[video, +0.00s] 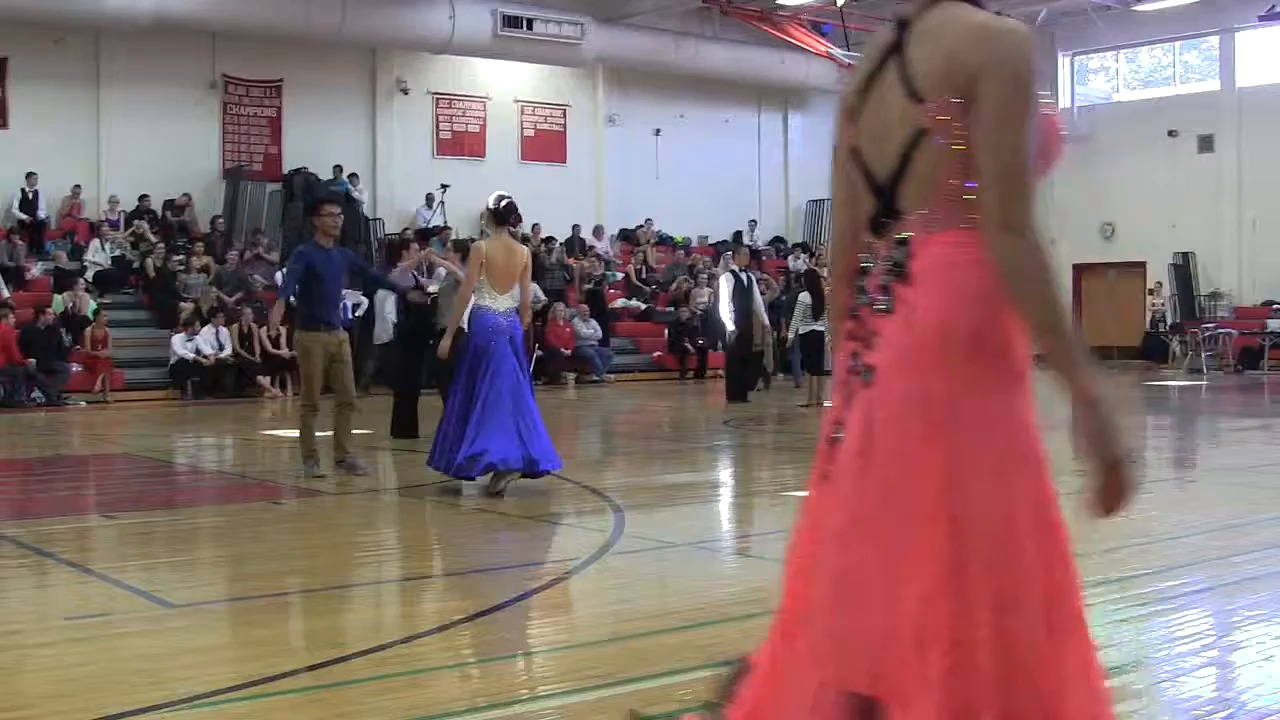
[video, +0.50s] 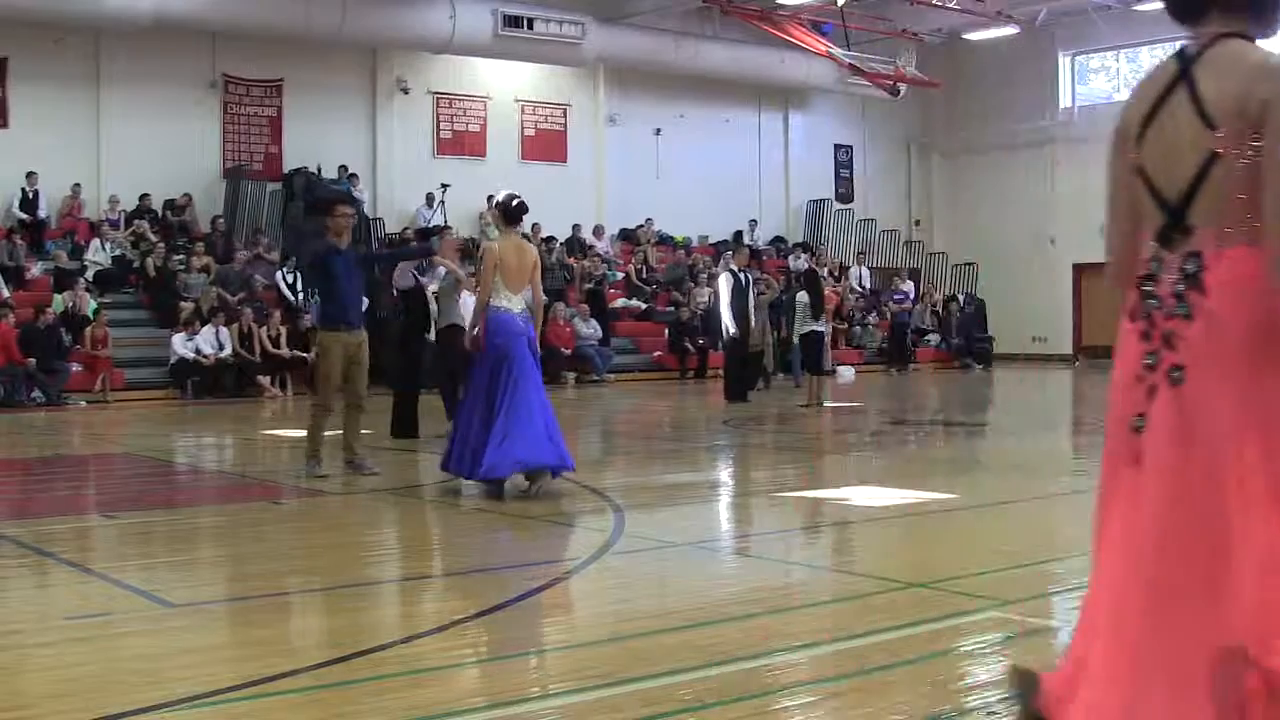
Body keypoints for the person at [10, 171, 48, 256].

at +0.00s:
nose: (35, 181)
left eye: (36, 179)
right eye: (33, 179)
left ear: (37, 180)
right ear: (28, 180)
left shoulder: (39, 193)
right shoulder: (20, 192)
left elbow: (42, 210)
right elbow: (14, 209)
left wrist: (39, 217)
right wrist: (25, 217)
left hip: (36, 218)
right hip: (24, 219)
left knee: (42, 224)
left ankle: (40, 248)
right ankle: (32, 248)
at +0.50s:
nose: (35, 181)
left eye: (36, 179)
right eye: (33, 179)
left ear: (37, 180)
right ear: (27, 180)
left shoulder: (39, 193)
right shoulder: (20, 192)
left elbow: (42, 209)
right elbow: (14, 209)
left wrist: (40, 216)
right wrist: (25, 217)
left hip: (36, 217)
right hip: (24, 218)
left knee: (42, 224)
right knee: (33, 227)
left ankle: (40, 247)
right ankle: (33, 247)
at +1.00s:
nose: (37, 181)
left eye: (37, 178)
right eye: (34, 178)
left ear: (38, 180)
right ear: (28, 179)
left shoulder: (39, 192)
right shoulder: (20, 192)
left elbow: (42, 208)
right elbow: (15, 209)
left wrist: (42, 216)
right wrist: (26, 217)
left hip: (36, 217)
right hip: (25, 218)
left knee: (42, 224)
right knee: (32, 226)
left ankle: (40, 247)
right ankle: (32, 247)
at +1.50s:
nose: (37, 181)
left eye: (37, 178)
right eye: (34, 178)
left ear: (37, 180)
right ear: (29, 179)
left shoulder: (39, 193)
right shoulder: (20, 192)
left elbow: (42, 208)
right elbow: (15, 209)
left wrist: (42, 216)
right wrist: (25, 217)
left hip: (36, 217)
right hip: (25, 217)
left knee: (42, 224)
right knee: (34, 226)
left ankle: (40, 247)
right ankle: (33, 248)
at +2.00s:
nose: (36, 181)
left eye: (37, 178)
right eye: (34, 178)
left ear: (38, 180)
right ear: (28, 179)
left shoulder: (39, 193)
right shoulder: (20, 192)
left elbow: (42, 208)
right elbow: (15, 209)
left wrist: (41, 216)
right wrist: (25, 217)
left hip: (36, 217)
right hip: (25, 217)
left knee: (42, 223)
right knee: (33, 226)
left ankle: (40, 248)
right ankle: (32, 248)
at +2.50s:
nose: (36, 181)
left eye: (37, 179)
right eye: (34, 178)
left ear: (38, 180)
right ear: (28, 179)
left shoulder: (39, 193)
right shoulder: (20, 192)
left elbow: (42, 208)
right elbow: (15, 209)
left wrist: (42, 216)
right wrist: (25, 217)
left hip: (36, 217)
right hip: (24, 217)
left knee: (43, 223)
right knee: (33, 226)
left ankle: (39, 248)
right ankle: (32, 249)